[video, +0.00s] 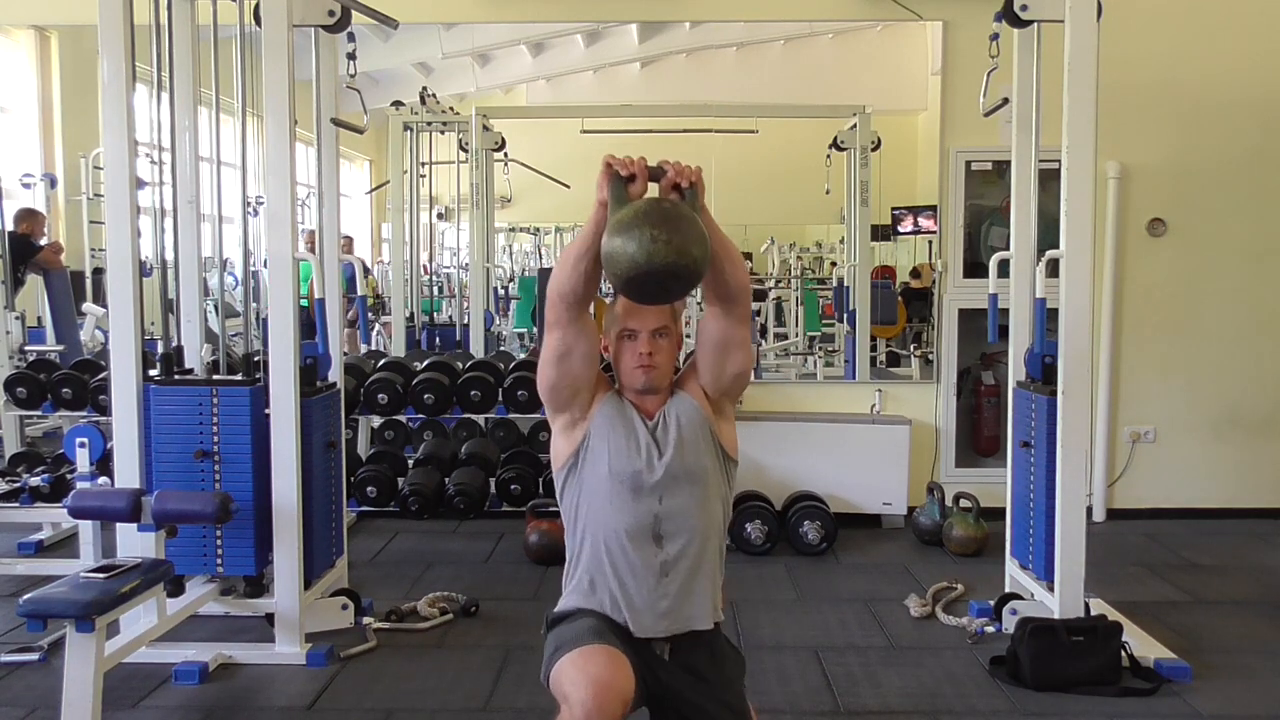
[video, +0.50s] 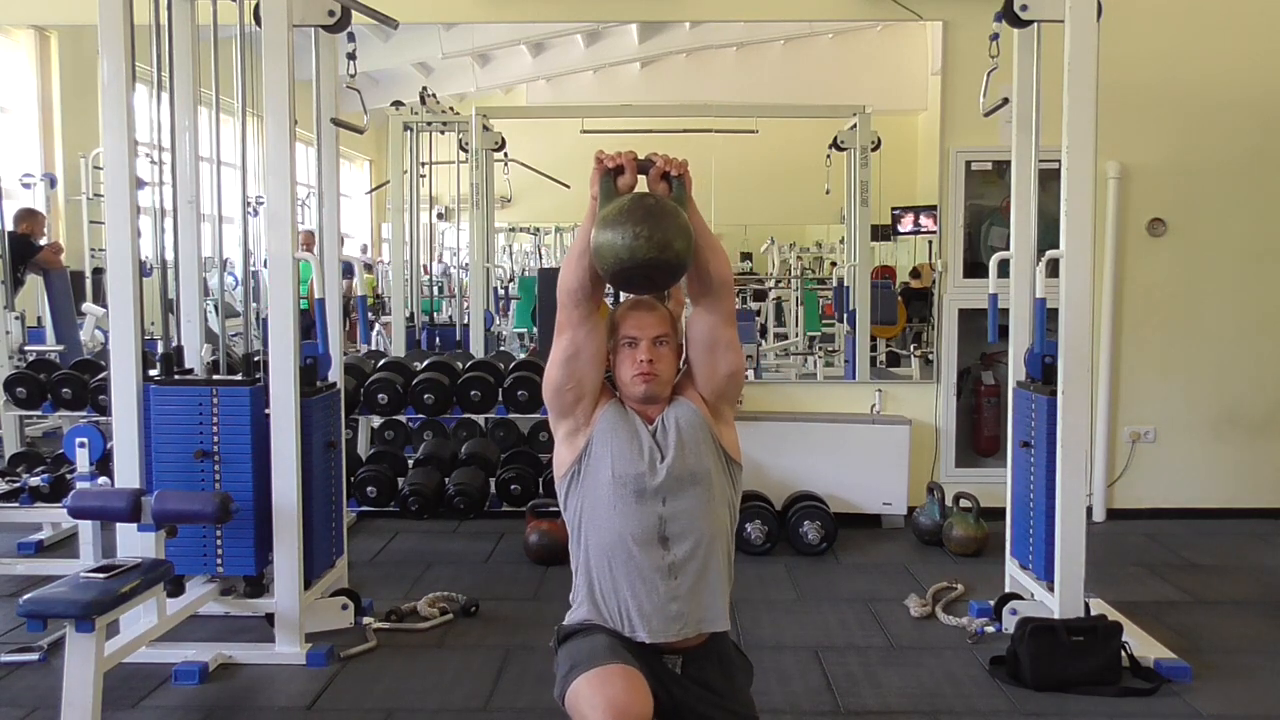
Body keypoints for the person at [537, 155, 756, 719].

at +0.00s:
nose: (645, 349)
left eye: (660, 335)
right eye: (630, 336)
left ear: (679, 343)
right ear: (607, 349)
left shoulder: (709, 401)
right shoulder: (581, 409)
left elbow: (730, 301)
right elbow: (565, 305)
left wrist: (696, 214)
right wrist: (605, 213)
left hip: (698, 634)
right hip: (598, 624)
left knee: (735, 710)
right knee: (596, 695)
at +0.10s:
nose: (648, 353)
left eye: (662, 341)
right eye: (634, 343)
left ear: (682, 355)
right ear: (614, 358)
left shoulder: (710, 410)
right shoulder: (584, 413)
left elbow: (724, 302)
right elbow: (577, 308)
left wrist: (695, 210)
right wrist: (606, 208)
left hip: (699, 649)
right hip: (599, 635)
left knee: (738, 708)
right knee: (599, 695)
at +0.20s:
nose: (649, 355)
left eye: (663, 343)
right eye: (635, 344)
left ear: (683, 356)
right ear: (615, 359)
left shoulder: (711, 412)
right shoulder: (585, 415)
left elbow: (722, 301)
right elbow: (581, 307)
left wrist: (695, 211)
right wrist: (610, 206)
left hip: (702, 655)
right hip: (601, 640)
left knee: (739, 708)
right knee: (604, 700)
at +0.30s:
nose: (649, 356)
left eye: (662, 343)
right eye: (634, 345)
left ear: (682, 357)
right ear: (614, 359)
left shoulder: (711, 411)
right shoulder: (584, 415)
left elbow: (720, 300)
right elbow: (580, 308)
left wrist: (693, 213)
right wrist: (607, 210)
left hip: (705, 657)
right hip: (603, 642)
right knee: (606, 702)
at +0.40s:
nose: (647, 356)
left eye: (661, 344)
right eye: (632, 346)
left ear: (681, 358)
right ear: (613, 360)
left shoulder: (711, 410)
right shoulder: (584, 416)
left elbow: (718, 297)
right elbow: (578, 309)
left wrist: (685, 209)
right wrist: (602, 211)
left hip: (708, 657)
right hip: (606, 643)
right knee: (610, 702)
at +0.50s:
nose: (645, 355)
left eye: (659, 343)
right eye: (630, 345)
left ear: (679, 358)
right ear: (611, 360)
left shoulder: (709, 409)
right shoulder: (583, 416)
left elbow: (716, 298)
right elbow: (577, 304)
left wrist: (684, 211)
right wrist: (600, 209)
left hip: (709, 654)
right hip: (609, 642)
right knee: (616, 704)